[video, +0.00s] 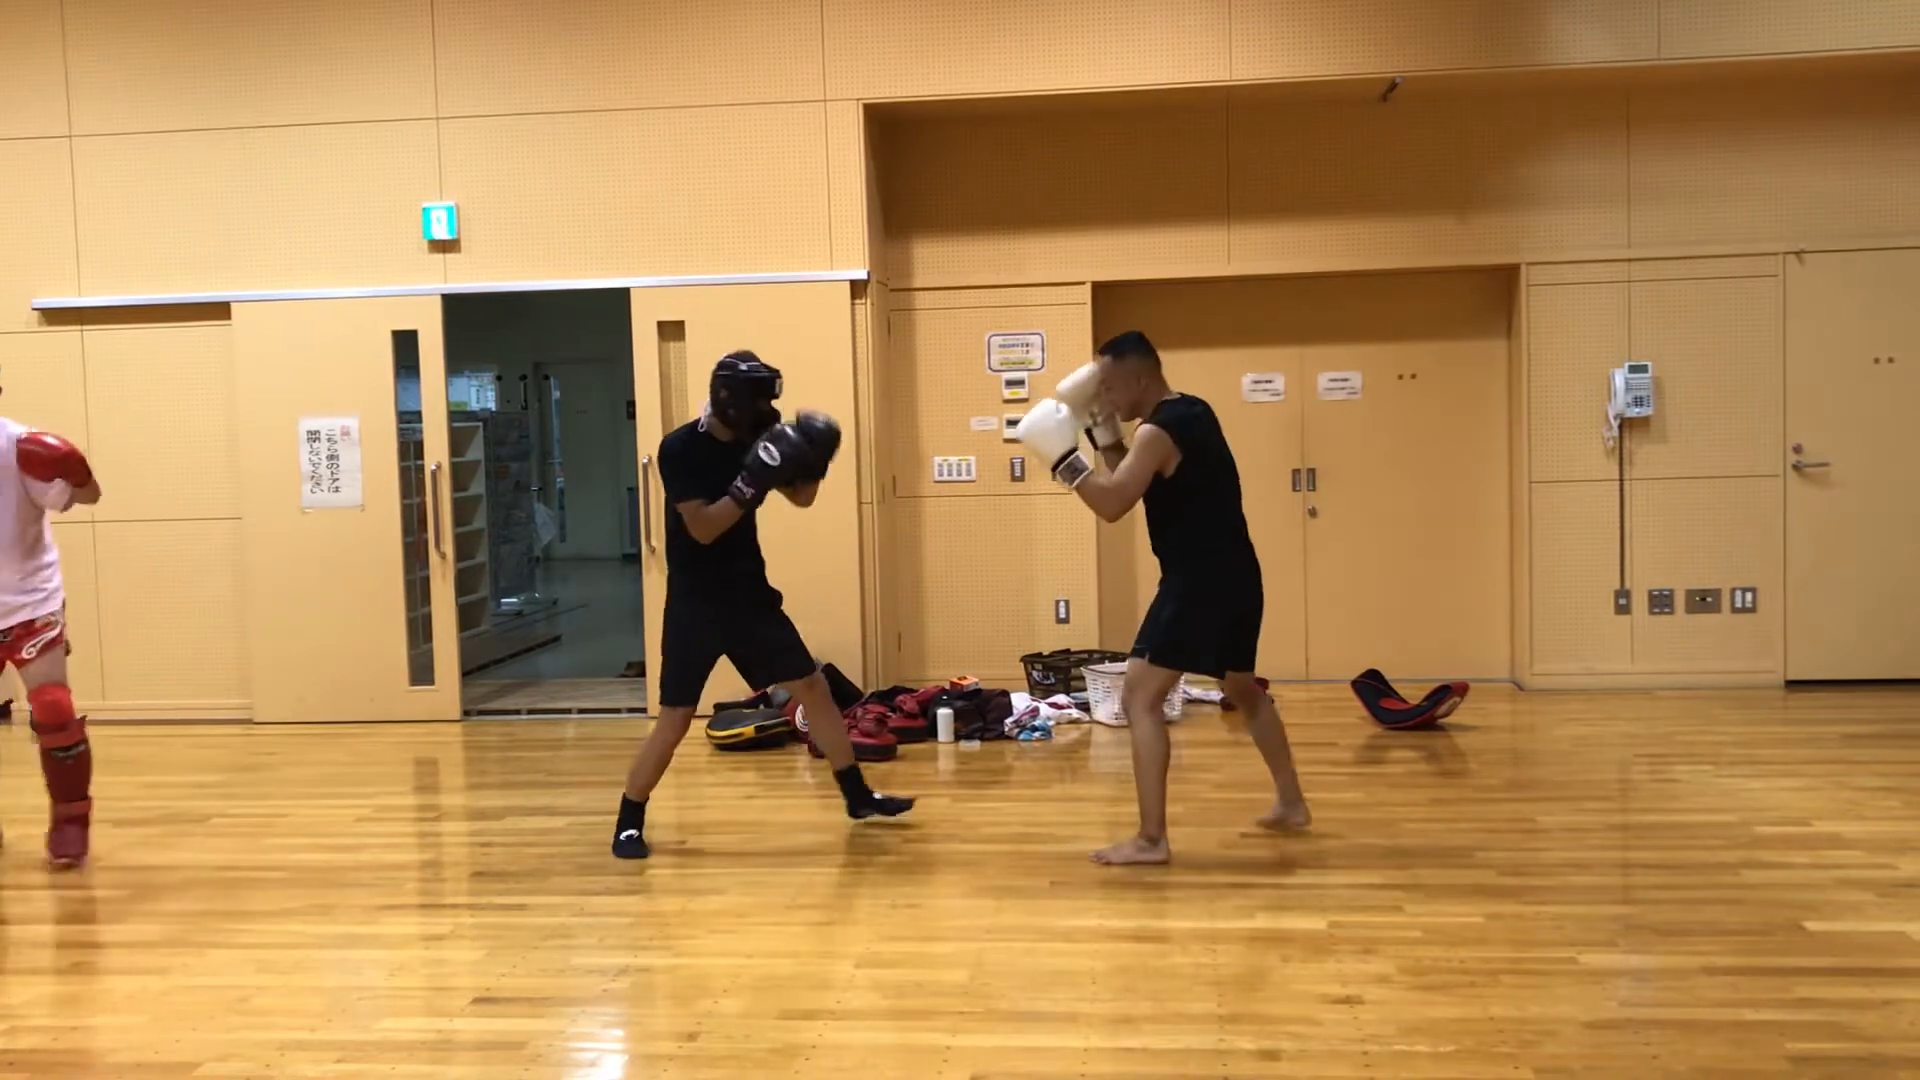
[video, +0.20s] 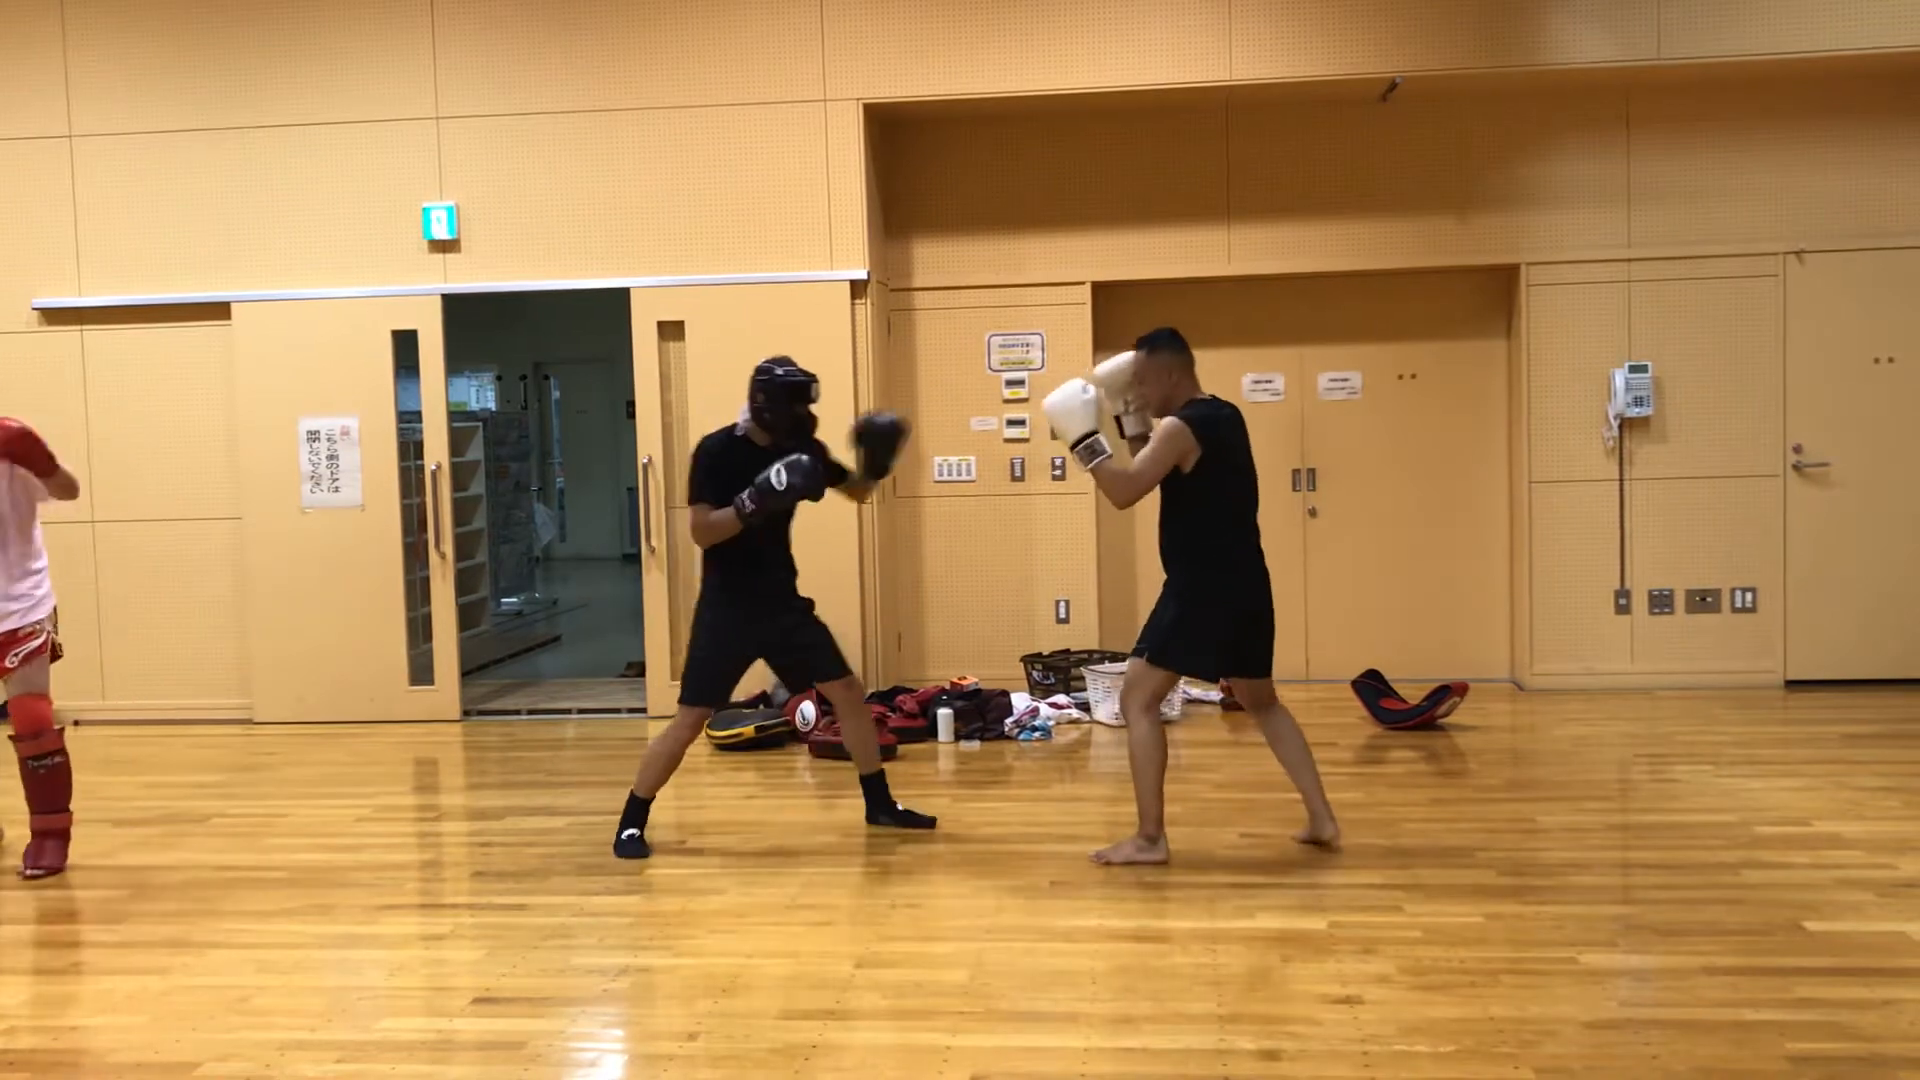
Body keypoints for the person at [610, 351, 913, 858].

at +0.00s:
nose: (766, 415)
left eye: (768, 406)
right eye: (758, 406)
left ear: (759, 405)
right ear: (726, 402)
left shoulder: (760, 436)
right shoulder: (679, 450)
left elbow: (802, 496)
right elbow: (703, 528)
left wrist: (812, 456)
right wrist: (756, 475)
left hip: (750, 597)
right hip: (694, 604)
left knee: (811, 686)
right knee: (674, 719)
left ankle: (858, 797)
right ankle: (629, 822)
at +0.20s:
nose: (805, 415)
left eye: (808, 405)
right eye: (796, 406)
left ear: (804, 403)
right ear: (764, 404)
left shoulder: (801, 448)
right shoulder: (715, 452)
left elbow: (855, 491)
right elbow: (702, 533)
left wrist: (875, 461)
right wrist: (755, 498)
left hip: (782, 605)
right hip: (725, 610)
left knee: (847, 692)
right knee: (690, 721)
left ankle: (880, 805)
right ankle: (632, 822)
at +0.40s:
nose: (870, 415)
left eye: (873, 407)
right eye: (864, 405)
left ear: (842, 405)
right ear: (836, 402)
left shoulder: (834, 450)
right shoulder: (799, 433)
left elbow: (839, 528)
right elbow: (812, 482)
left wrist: (882, 502)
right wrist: (868, 449)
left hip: (809, 595)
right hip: (765, 597)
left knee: (869, 685)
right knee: (754, 719)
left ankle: (882, 801)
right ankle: (679, 807)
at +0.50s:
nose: (887, 419)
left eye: (888, 411)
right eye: (883, 410)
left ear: (847, 403)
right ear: (857, 402)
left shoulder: (834, 457)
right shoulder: (819, 428)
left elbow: (825, 543)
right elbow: (896, 433)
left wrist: (881, 519)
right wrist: (959, 414)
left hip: (817, 594)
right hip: (777, 594)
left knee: (882, 684)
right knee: (752, 716)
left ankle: (881, 802)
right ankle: (673, 810)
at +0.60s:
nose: (914, 417)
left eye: (917, 410)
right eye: (911, 409)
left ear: (881, 399)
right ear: (889, 403)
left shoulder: (881, 463)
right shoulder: (838, 416)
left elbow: (892, 536)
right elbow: (893, 429)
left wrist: (935, 500)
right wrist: (960, 407)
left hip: (835, 586)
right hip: (788, 580)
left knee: (892, 684)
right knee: (752, 697)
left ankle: (883, 803)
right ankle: (681, 806)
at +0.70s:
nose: (928, 415)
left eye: (932, 408)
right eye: (924, 404)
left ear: (927, 412)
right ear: (900, 395)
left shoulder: (913, 457)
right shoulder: (851, 407)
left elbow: (952, 518)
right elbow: (852, 436)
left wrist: (988, 474)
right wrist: (921, 414)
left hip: (849, 580)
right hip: (799, 570)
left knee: (898, 686)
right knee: (756, 684)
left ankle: (884, 803)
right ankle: (696, 798)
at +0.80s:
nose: (959, 408)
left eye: (960, 401)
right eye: (955, 398)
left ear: (951, 403)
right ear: (927, 391)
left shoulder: (945, 444)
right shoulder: (868, 409)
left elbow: (1008, 448)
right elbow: (822, 439)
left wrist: (1059, 410)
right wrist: (880, 418)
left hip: (863, 577)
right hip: (811, 563)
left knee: (900, 683)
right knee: (770, 671)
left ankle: (884, 802)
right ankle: (723, 794)